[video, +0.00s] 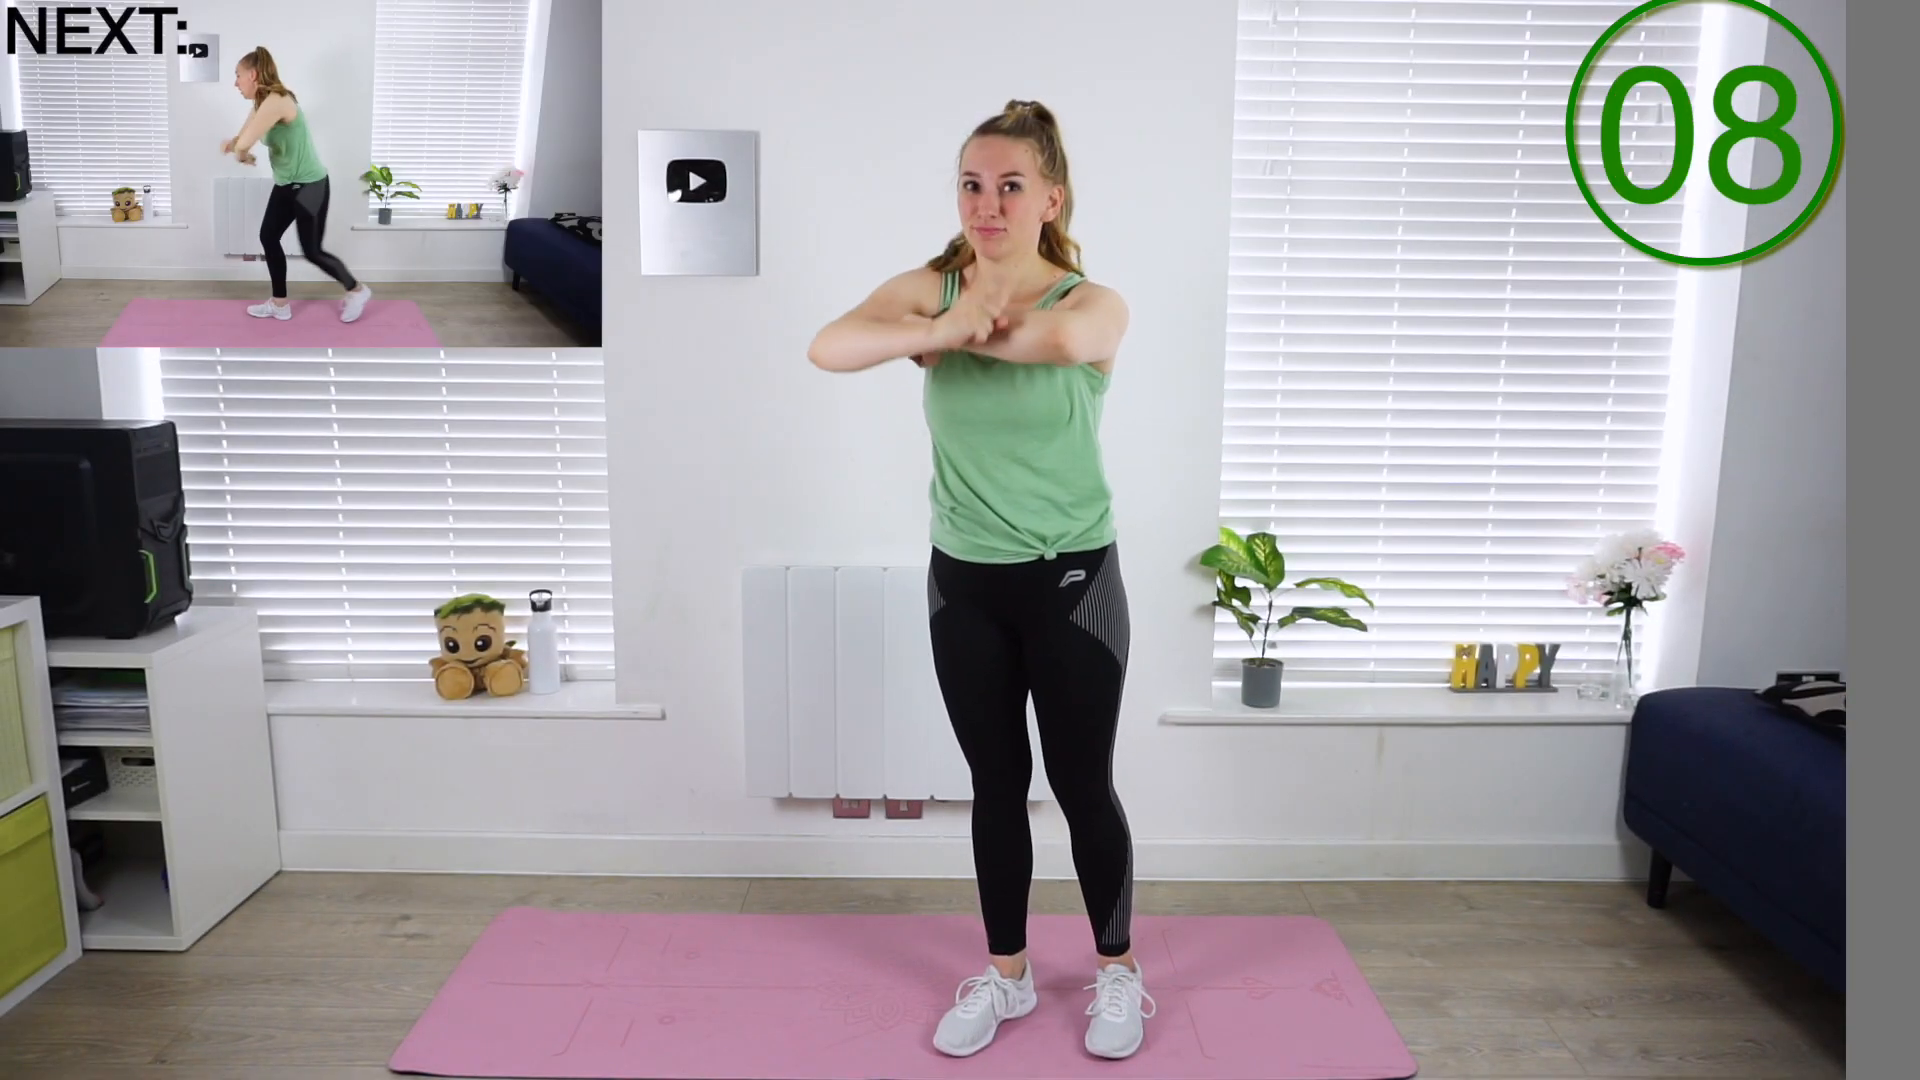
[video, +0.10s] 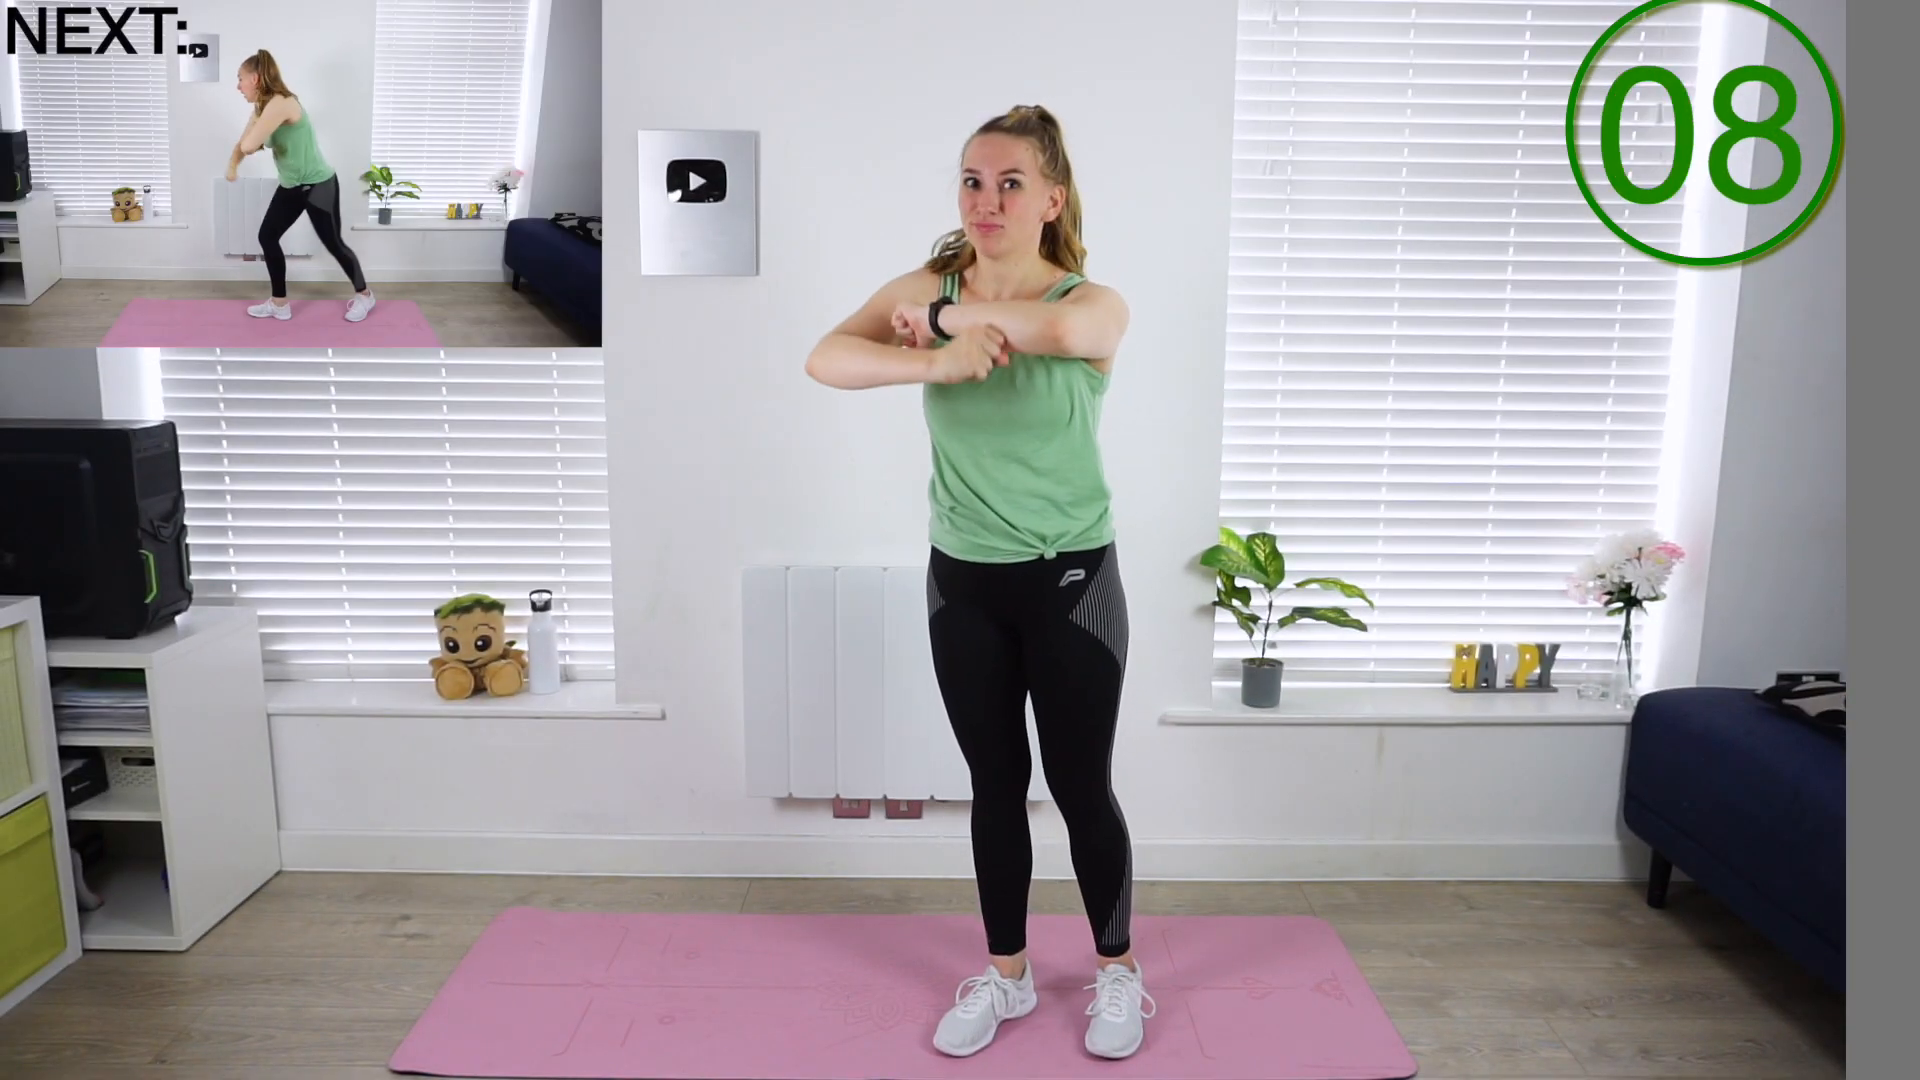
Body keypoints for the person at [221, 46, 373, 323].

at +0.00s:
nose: (236, 83)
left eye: (239, 76)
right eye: (236, 77)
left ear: (255, 76)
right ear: (256, 77)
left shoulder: (276, 101)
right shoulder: (261, 102)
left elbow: (243, 145)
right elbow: (248, 133)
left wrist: (242, 155)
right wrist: (235, 144)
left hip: (311, 184)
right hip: (286, 184)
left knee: (312, 251)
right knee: (269, 236)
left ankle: (357, 290)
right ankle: (279, 302)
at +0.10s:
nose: (238, 86)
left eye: (241, 79)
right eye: (238, 80)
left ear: (258, 79)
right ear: (258, 80)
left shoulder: (280, 104)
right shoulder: (261, 107)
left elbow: (248, 147)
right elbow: (243, 141)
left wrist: (248, 143)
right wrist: (233, 162)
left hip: (319, 183)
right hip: (291, 186)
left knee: (333, 242)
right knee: (268, 236)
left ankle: (364, 294)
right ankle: (279, 302)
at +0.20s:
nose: (241, 90)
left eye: (245, 83)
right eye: (241, 83)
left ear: (261, 83)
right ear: (262, 84)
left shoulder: (285, 105)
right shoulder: (265, 111)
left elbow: (249, 144)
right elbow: (248, 146)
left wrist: (243, 140)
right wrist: (251, 173)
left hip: (323, 185)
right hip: (295, 188)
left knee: (339, 241)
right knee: (266, 237)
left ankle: (365, 296)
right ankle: (278, 302)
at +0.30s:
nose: (244, 90)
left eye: (247, 83)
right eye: (244, 83)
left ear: (263, 84)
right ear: (263, 85)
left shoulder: (286, 106)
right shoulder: (267, 111)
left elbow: (251, 141)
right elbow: (250, 147)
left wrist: (230, 149)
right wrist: (254, 162)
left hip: (322, 188)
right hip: (294, 190)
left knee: (338, 243)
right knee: (263, 238)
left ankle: (365, 296)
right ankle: (279, 302)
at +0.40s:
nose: (246, 87)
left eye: (249, 81)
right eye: (246, 81)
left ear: (266, 83)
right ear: (265, 83)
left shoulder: (284, 105)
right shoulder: (271, 108)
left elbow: (245, 137)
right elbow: (251, 136)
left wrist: (225, 151)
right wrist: (233, 147)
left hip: (313, 192)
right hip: (288, 192)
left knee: (325, 250)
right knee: (258, 239)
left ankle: (364, 294)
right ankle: (278, 302)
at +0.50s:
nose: (249, 78)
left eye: (253, 73)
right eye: (250, 72)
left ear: (271, 76)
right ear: (271, 77)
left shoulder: (281, 100)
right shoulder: (273, 102)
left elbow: (233, 117)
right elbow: (238, 120)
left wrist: (233, 129)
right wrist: (225, 109)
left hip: (299, 192)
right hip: (279, 189)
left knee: (290, 259)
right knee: (255, 239)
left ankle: (347, 285)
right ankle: (277, 302)